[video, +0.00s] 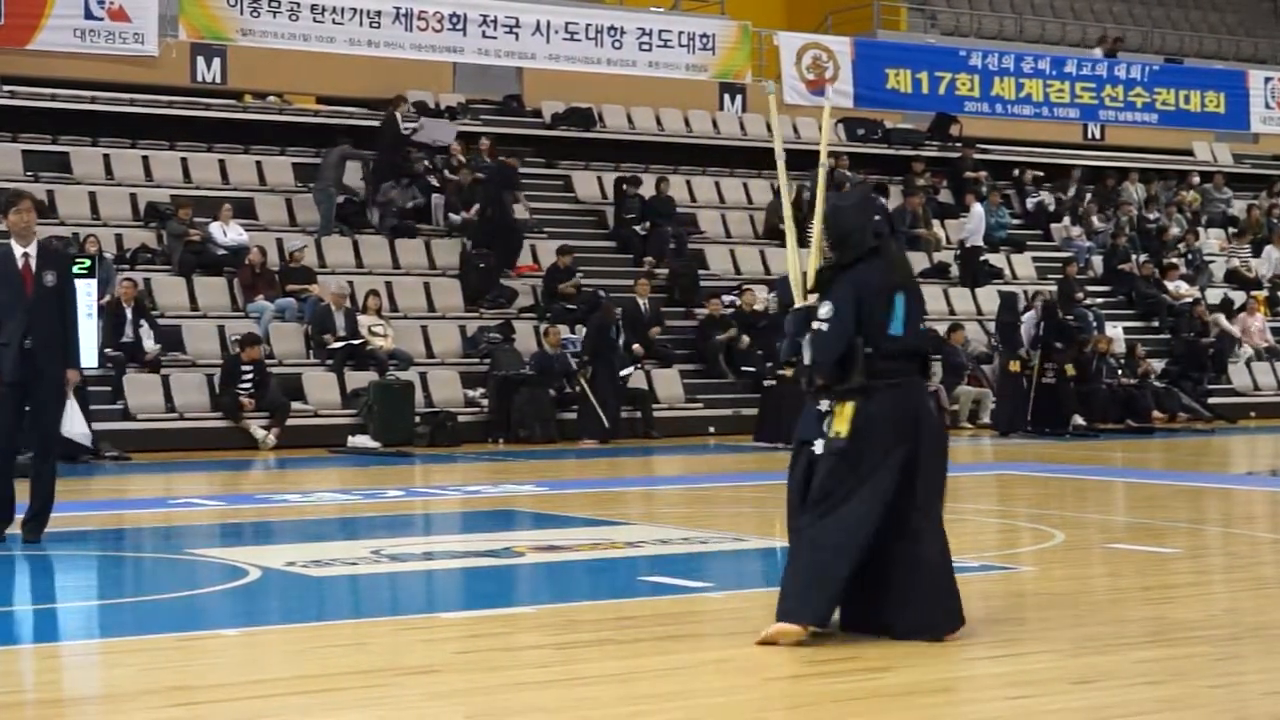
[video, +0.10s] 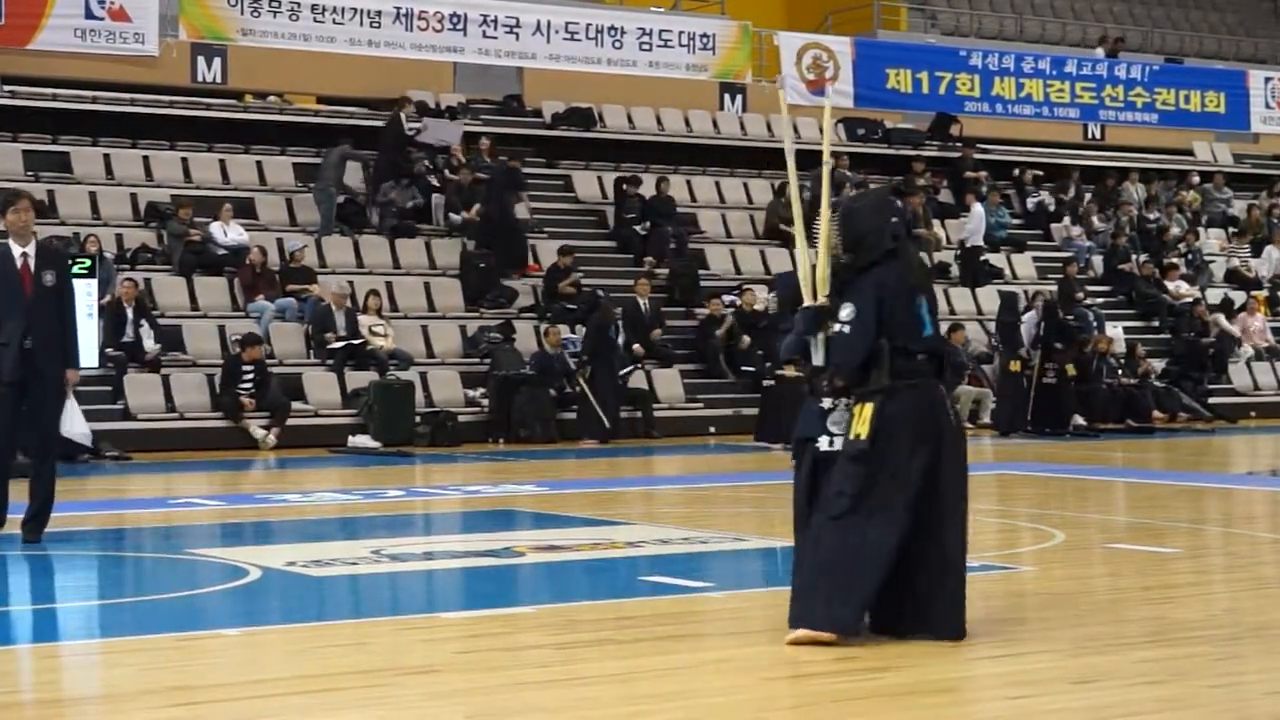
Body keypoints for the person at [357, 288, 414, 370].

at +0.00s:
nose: (376, 302)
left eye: (378, 299)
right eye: (373, 299)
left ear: (380, 302)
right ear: (366, 301)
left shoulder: (383, 318)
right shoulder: (360, 319)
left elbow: (390, 332)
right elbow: (363, 336)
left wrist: (388, 344)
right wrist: (379, 345)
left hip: (386, 345)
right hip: (372, 347)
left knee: (407, 358)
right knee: (383, 359)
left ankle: (394, 380)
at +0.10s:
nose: (376, 302)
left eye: (378, 299)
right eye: (373, 299)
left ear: (381, 302)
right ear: (366, 301)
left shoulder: (383, 318)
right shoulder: (360, 319)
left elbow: (390, 332)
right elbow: (364, 336)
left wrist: (389, 344)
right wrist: (379, 345)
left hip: (386, 345)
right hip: (372, 346)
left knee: (408, 358)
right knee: (383, 359)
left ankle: (395, 379)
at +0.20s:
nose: (377, 302)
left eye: (379, 300)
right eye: (374, 299)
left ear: (381, 302)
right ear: (367, 301)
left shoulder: (384, 319)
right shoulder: (361, 319)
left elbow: (391, 332)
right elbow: (364, 336)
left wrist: (389, 344)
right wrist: (380, 345)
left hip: (387, 346)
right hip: (372, 347)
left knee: (408, 358)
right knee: (383, 359)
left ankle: (396, 380)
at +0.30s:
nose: (376, 302)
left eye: (378, 299)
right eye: (373, 299)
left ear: (381, 302)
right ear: (366, 301)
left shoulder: (383, 319)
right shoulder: (360, 318)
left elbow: (390, 332)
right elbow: (364, 336)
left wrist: (388, 344)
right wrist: (380, 345)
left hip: (386, 345)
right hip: (372, 346)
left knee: (408, 357)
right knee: (383, 359)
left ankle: (396, 379)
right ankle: (384, 381)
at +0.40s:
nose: (376, 302)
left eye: (378, 299)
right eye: (373, 299)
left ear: (381, 302)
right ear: (366, 301)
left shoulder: (383, 319)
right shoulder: (360, 318)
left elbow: (390, 332)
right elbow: (364, 336)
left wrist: (388, 344)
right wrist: (379, 345)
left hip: (386, 345)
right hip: (372, 346)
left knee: (408, 357)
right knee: (383, 359)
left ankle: (396, 379)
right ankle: (384, 381)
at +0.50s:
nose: (376, 302)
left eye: (378, 299)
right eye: (373, 299)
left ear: (381, 302)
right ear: (366, 301)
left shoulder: (384, 318)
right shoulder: (360, 318)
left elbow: (390, 332)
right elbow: (364, 336)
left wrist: (388, 344)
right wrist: (379, 345)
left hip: (386, 345)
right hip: (372, 346)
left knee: (408, 357)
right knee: (383, 359)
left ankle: (396, 379)